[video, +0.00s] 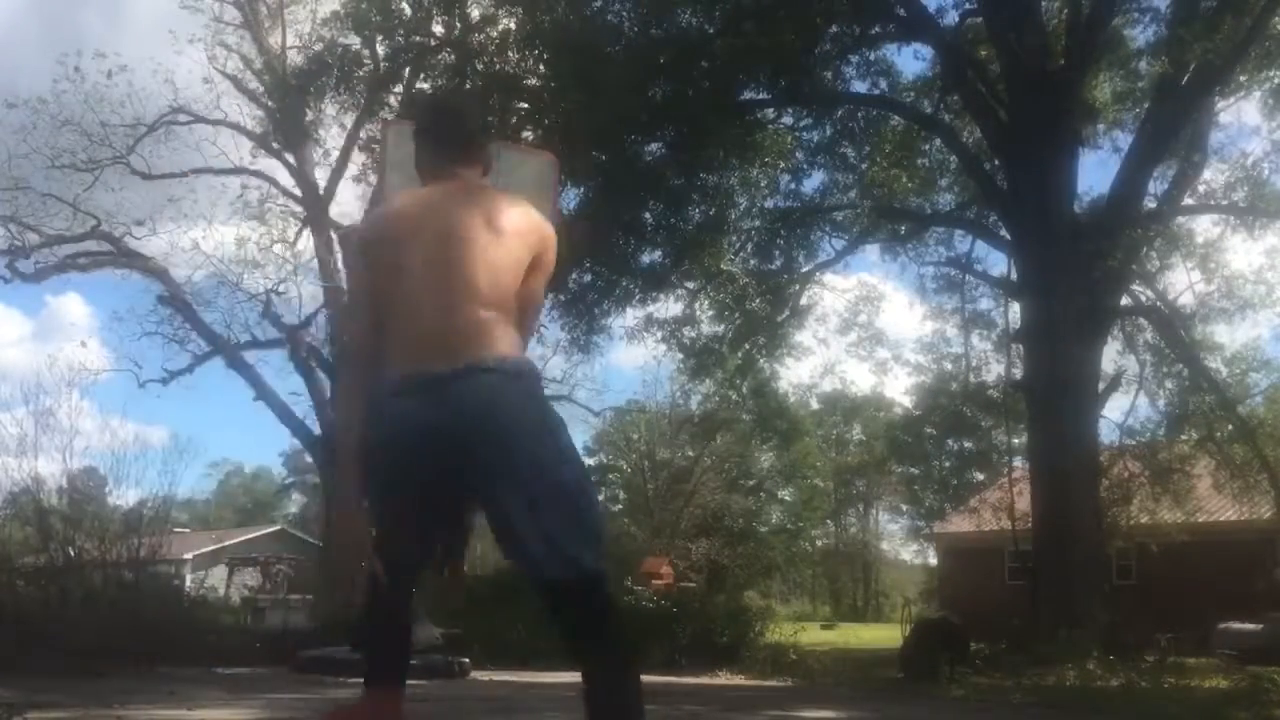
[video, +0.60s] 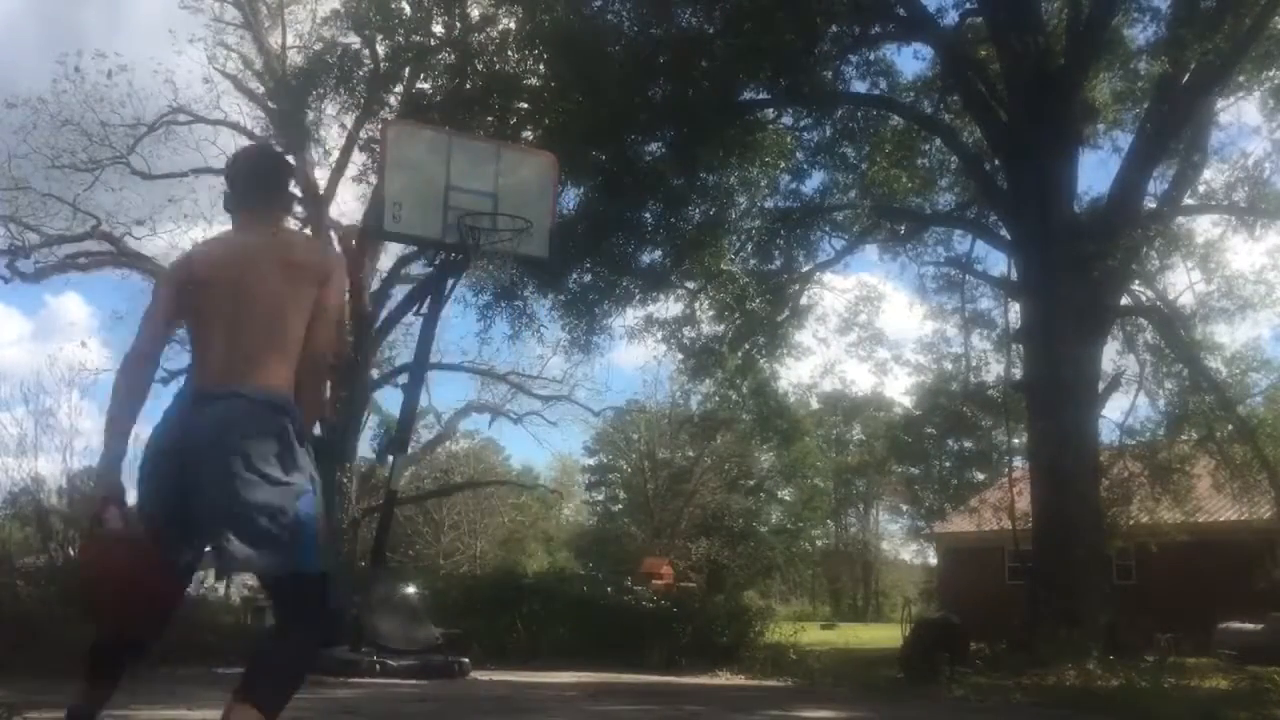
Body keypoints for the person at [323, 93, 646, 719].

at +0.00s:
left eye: (426, 156)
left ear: (420, 158)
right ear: (484, 156)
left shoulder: (377, 225)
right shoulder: (532, 225)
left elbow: (362, 343)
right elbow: (520, 332)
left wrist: (351, 446)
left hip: (405, 414)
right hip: (504, 408)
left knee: (395, 567)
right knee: (574, 573)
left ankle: (381, 701)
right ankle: (616, 705)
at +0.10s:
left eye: (375, 141)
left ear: (376, 144)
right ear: (441, 142)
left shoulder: (339, 215)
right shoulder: (489, 209)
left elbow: (330, 322)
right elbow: (503, 325)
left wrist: (305, 442)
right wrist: (498, 400)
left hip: (377, 400)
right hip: (474, 393)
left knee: (395, 568)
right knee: (531, 575)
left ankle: (387, 708)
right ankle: (580, 708)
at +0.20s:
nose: (341, 115)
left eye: (341, 104)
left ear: (342, 106)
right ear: (406, 106)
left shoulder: (312, 164)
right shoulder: (454, 172)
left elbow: (312, 234)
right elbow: (481, 287)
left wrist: (256, 344)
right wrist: (492, 386)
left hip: (352, 354)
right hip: (443, 353)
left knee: (373, 545)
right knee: (458, 540)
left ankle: (379, 704)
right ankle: (462, 700)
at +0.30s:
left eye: (308, 80)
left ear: (311, 80)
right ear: (378, 86)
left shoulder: (289, 122)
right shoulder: (420, 147)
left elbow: (286, 169)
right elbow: (453, 259)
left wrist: (182, 259)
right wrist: (466, 366)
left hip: (313, 320)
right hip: (398, 322)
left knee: (333, 505)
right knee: (396, 502)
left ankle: (339, 685)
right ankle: (353, 660)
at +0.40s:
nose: (275, 104)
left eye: (278, 93)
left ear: (285, 92)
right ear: (348, 98)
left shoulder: (264, 138)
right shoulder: (392, 161)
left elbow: (187, 185)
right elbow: (417, 254)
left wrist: (116, 238)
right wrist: (422, 368)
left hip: (272, 331)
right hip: (355, 337)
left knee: (283, 521)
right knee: (346, 533)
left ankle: (250, 692)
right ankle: (284, 696)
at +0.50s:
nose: (262, 137)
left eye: (261, 126)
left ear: (262, 132)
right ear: (320, 134)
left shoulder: (228, 190)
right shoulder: (357, 196)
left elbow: (158, 253)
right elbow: (368, 299)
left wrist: (94, 321)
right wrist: (357, 392)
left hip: (235, 371)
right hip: (313, 376)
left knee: (222, 542)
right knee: (318, 564)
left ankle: (152, 692)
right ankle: (259, 707)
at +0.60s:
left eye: (233, 192)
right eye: (283, 191)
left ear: (229, 198)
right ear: (286, 196)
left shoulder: (192, 262)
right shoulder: (323, 257)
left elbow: (140, 360)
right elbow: (319, 356)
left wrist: (111, 465)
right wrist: (302, 431)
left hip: (181, 442)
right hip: (263, 445)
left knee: (143, 595)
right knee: (306, 617)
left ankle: (85, 707)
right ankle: (242, 712)